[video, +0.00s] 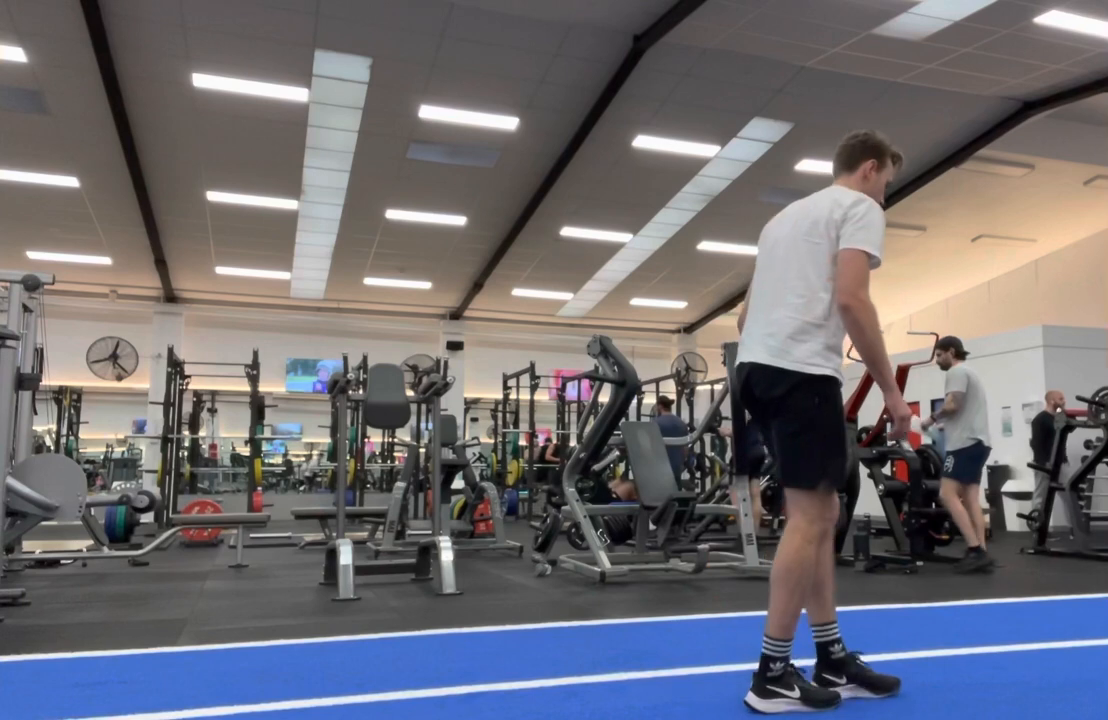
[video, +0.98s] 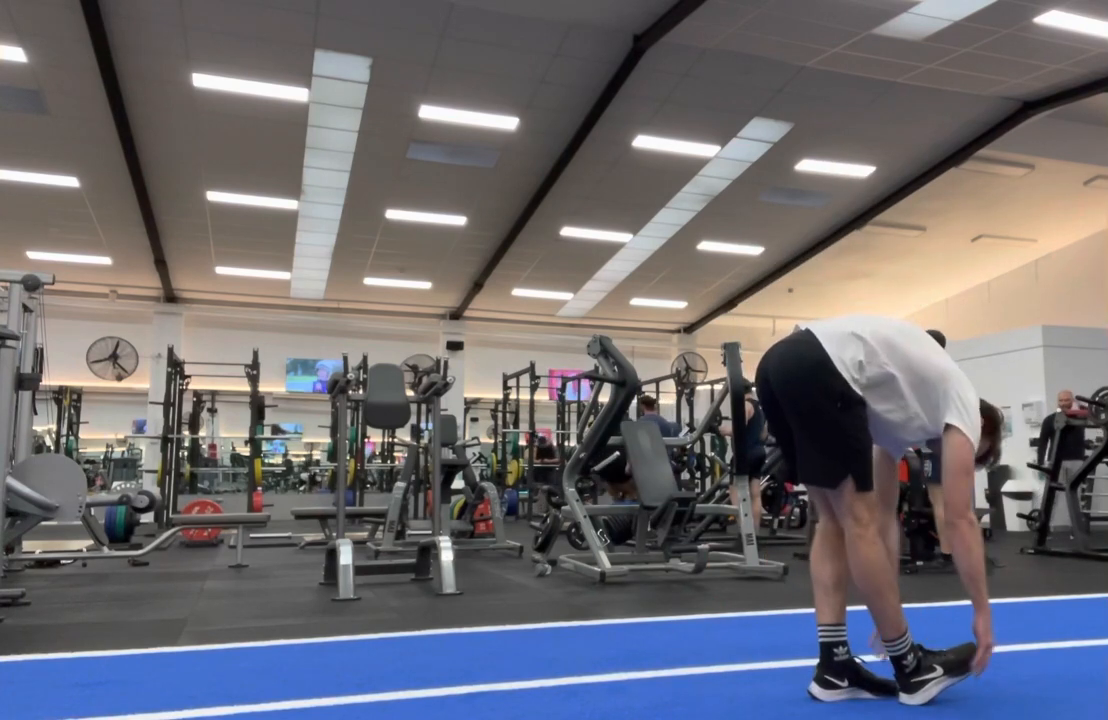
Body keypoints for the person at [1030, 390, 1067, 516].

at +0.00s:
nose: (1064, 402)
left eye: (1063, 399)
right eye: (1061, 399)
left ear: (1052, 402)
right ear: (1051, 401)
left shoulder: (1061, 419)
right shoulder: (1039, 419)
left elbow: (1072, 426)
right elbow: (1037, 444)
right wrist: (1042, 463)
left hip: (1061, 464)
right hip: (1043, 464)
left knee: (1069, 497)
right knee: (1040, 498)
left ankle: (1076, 529)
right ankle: (1037, 531)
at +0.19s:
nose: (1063, 401)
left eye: (1064, 398)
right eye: (1059, 398)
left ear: (1066, 399)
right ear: (1050, 401)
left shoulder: (1066, 418)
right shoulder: (1041, 420)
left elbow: (1072, 441)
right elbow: (1038, 444)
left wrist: (1080, 459)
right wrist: (1043, 464)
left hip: (1066, 463)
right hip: (1047, 464)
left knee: (1072, 496)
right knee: (1043, 497)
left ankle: (1076, 527)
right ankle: (1038, 528)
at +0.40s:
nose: (1064, 401)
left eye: (1066, 398)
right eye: (1060, 398)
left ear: (1068, 399)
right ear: (1053, 400)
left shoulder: (1071, 418)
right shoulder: (1044, 420)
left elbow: (1079, 440)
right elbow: (1040, 444)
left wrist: (1089, 454)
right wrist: (1047, 464)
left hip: (1071, 463)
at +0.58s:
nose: (1066, 402)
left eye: (1068, 398)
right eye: (1062, 399)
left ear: (1071, 400)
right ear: (1056, 401)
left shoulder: (1076, 419)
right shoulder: (1047, 420)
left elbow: (1090, 441)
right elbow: (1042, 443)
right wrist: (1046, 462)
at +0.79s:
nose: (1065, 403)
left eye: (1068, 399)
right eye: (1062, 400)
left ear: (1073, 401)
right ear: (1059, 401)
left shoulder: (1080, 419)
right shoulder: (1049, 419)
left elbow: (1081, 442)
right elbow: (1042, 443)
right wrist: (1042, 463)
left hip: (1075, 463)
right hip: (1055, 463)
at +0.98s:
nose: (1063, 403)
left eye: (1067, 400)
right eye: (1061, 400)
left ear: (1072, 401)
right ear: (1057, 402)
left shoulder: (1080, 419)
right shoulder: (1050, 420)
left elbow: (1081, 441)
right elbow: (1043, 443)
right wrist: (1040, 463)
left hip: (1076, 461)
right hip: (1056, 462)